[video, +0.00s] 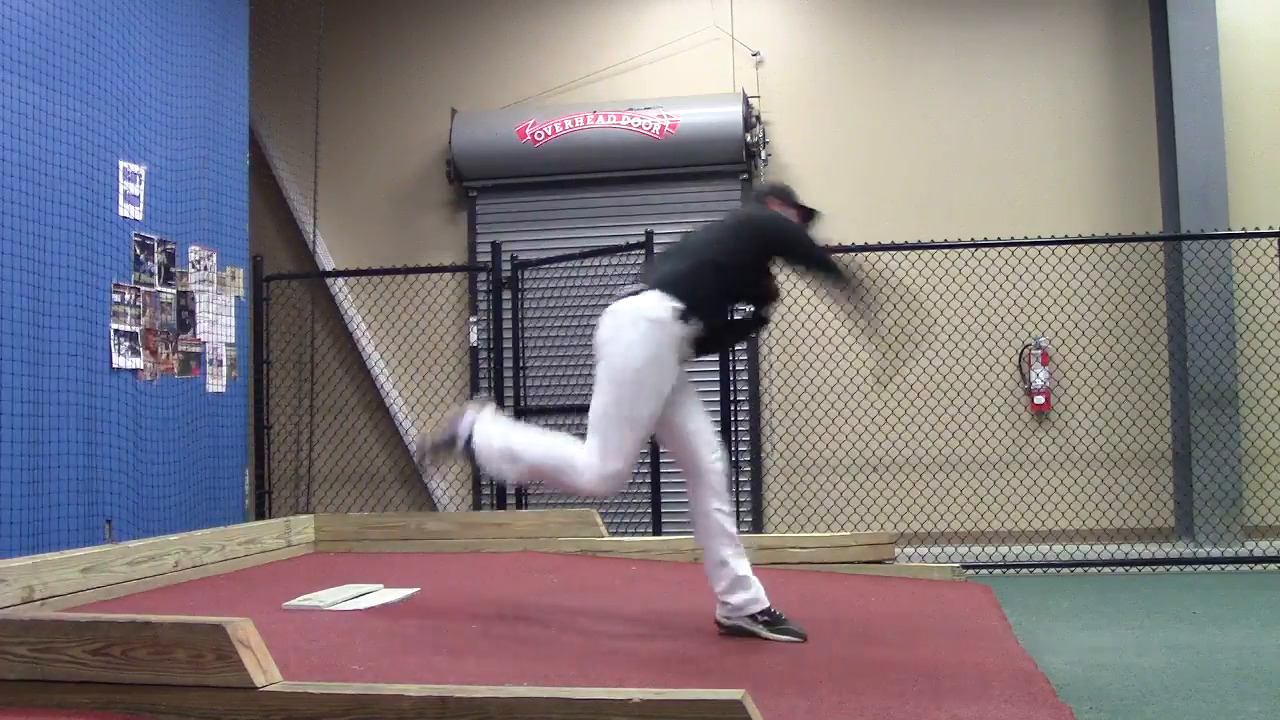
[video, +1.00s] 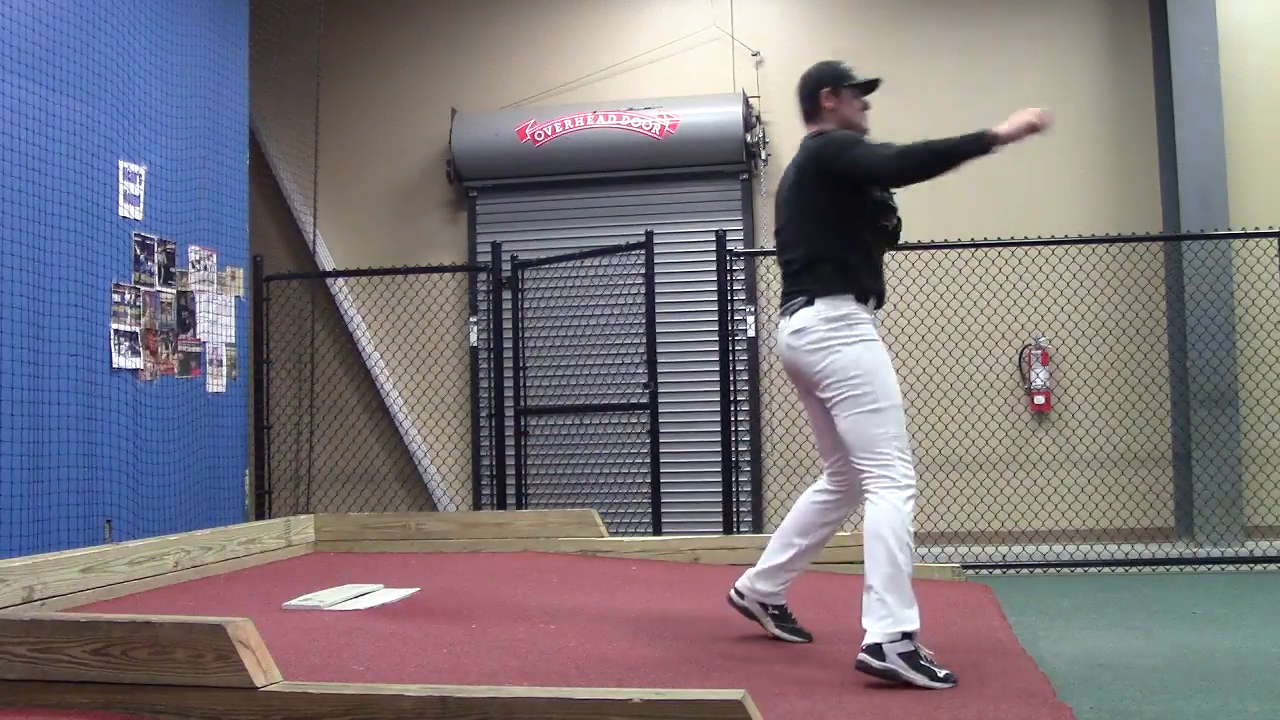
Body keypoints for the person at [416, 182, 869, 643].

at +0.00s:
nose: (804, 228)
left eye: (804, 220)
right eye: (798, 216)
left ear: (771, 215)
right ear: (772, 204)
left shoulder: (744, 269)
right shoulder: (761, 222)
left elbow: (696, 339)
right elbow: (815, 258)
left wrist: (757, 315)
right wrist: (850, 284)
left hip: (667, 351)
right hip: (646, 325)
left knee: (708, 472)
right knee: (604, 472)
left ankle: (740, 604)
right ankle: (479, 429)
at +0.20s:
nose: (872, 276)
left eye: (874, 265)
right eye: (871, 263)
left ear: (832, 248)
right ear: (852, 251)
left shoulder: (783, 258)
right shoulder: (846, 288)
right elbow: (775, 359)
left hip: (696, 326)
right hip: (721, 320)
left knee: (748, 466)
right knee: (646, 438)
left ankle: (743, 606)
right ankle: (544, 320)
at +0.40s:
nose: (918, 237)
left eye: (921, 226)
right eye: (916, 224)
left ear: (874, 212)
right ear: (893, 214)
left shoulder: (823, 232)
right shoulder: (885, 252)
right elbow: (853, 339)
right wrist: (822, 389)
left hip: (704, 311)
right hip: (758, 307)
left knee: (769, 462)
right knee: (813, 449)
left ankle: (746, 596)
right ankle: (786, 578)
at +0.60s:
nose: (926, 174)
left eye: (925, 163)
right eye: (921, 162)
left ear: (875, 164)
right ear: (895, 162)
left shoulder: (814, 210)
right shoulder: (900, 215)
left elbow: (763, 285)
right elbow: (956, 298)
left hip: (759, 352)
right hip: (822, 348)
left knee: (817, 481)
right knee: (903, 493)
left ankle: (750, 601)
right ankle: (891, 644)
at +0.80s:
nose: (911, 117)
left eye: (909, 107)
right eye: (904, 107)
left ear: (859, 112)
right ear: (876, 108)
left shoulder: (819, 170)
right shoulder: (885, 159)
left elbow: (795, 255)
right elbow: (969, 195)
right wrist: (1076, 199)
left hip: (781, 329)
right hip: (829, 325)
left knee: (836, 471)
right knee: (895, 477)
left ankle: (762, 586)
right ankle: (889, 638)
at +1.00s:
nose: (867, 102)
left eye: (865, 94)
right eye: (857, 94)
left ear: (824, 102)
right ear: (826, 100)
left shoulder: (804, 167)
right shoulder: (831, 148)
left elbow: (876, 237)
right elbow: (900, 161)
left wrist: (874, 214)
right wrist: (993, 136)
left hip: (803, 328)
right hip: (837, 325)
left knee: (843, 479)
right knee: (891, 480)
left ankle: (761, 587)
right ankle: (888, 639)